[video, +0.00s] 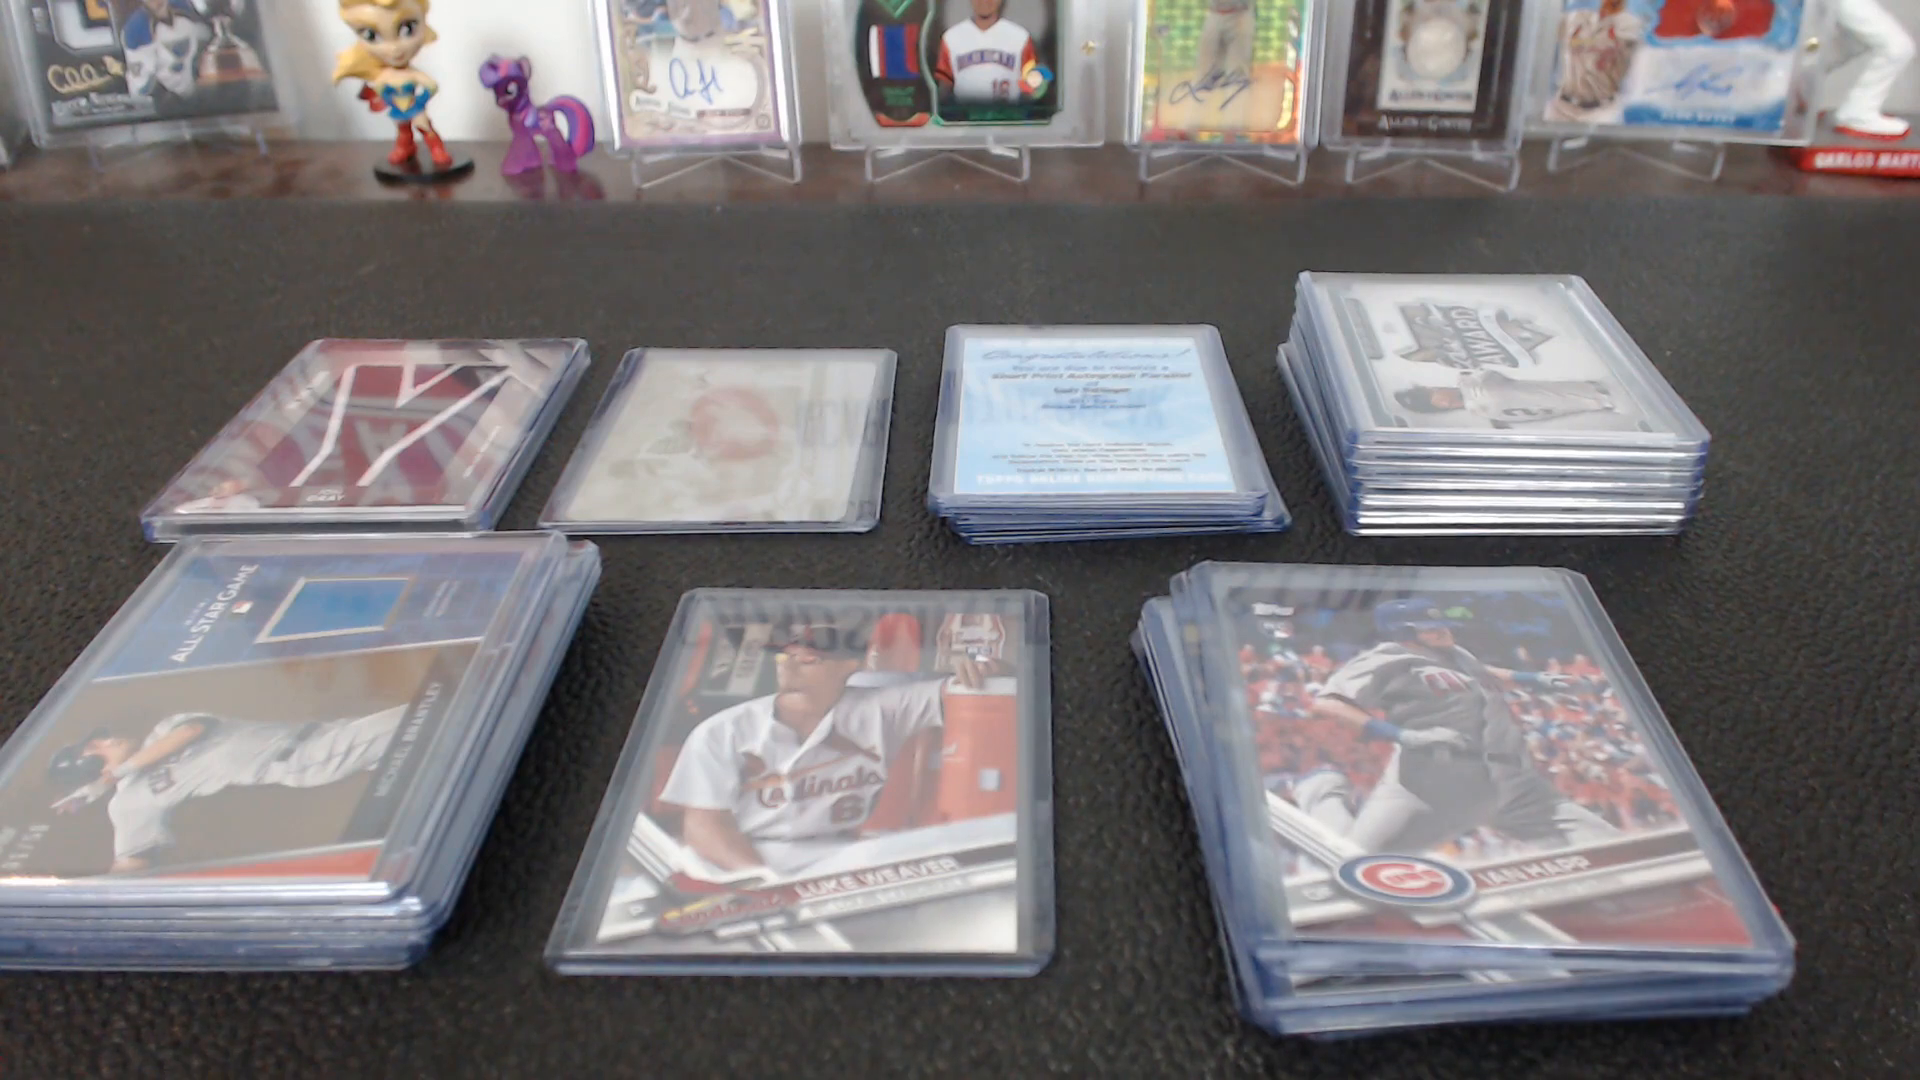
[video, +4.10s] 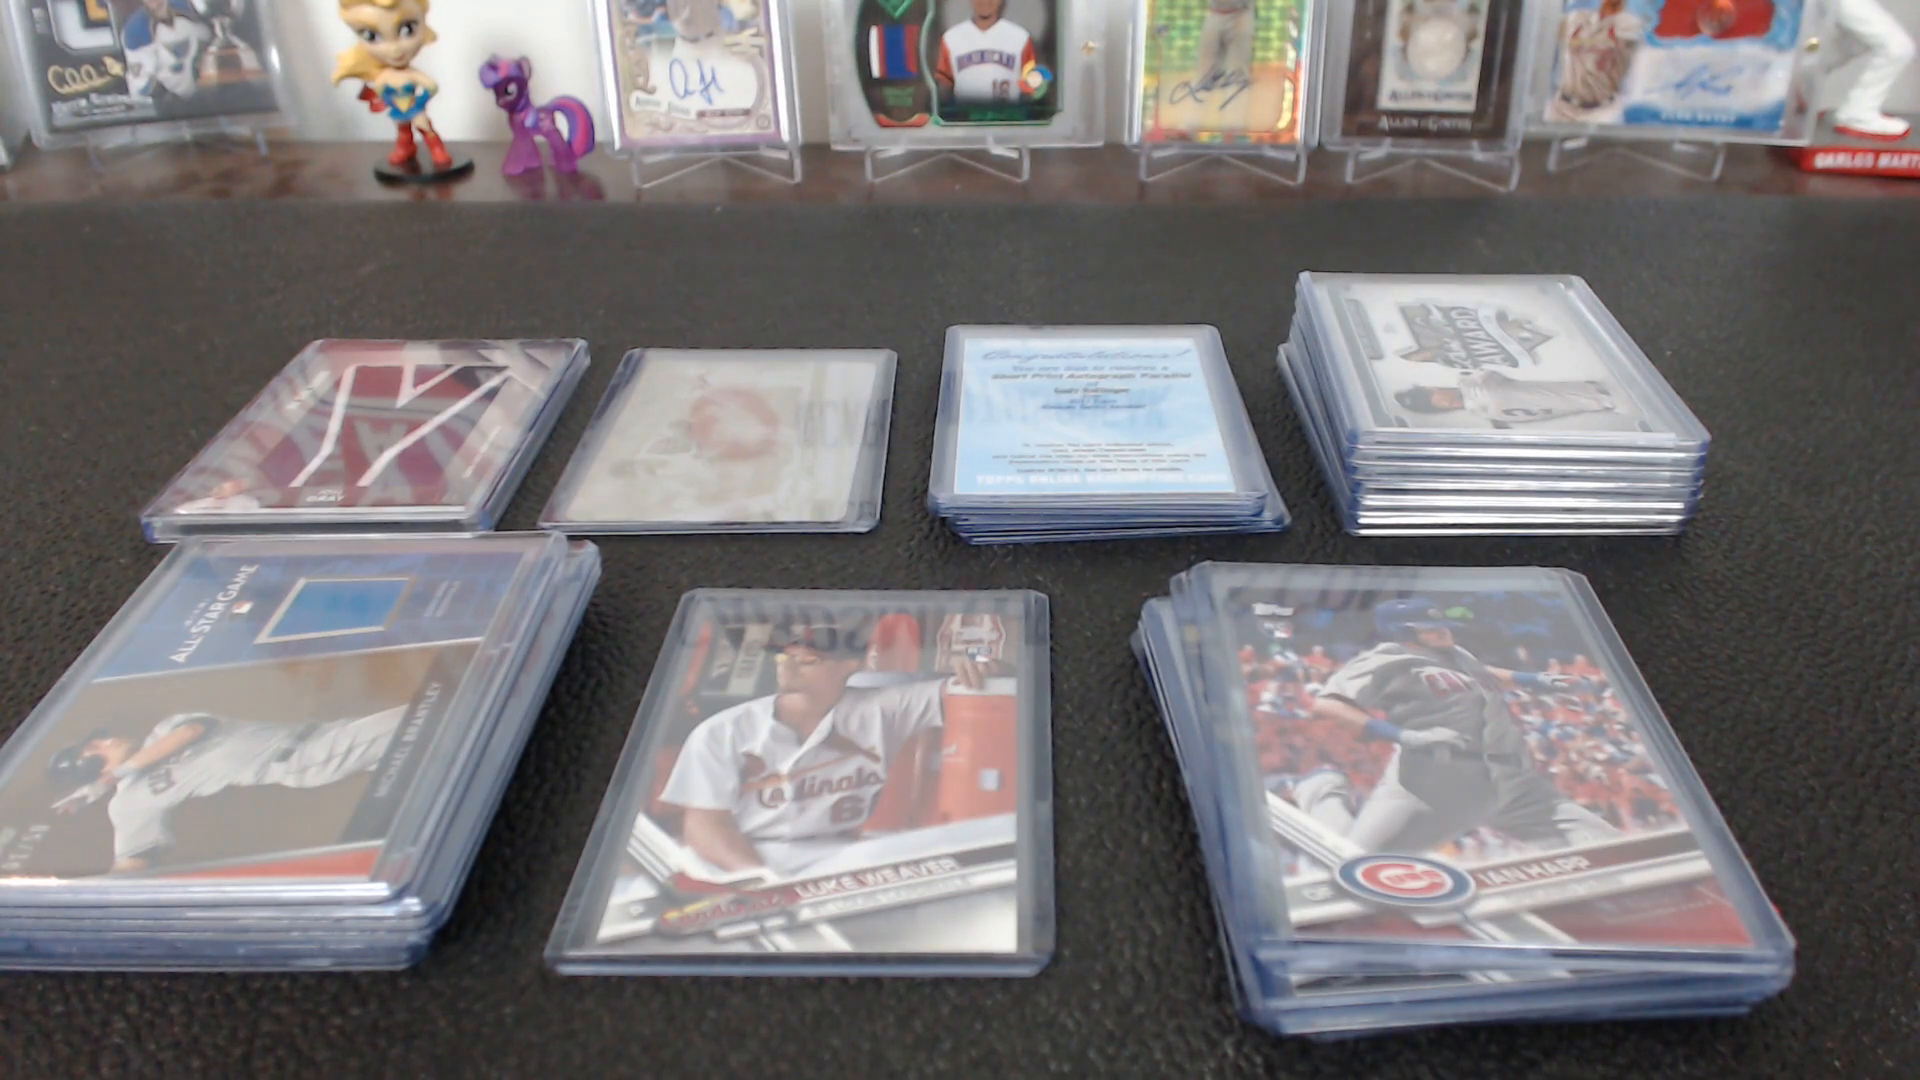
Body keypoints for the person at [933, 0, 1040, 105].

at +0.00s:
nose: (984, 2)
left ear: (1000, 2)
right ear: (971, 2)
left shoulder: (1020, 36)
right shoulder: (951, 37)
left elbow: (1030, 81)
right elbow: (944, 81)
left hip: (1009, 120)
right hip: (966, 119)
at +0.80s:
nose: (984, 2)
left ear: (1000, 2)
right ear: (971, 2)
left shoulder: (1020, 36)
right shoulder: (951, 37)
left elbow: (1030, 83)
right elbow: (944, 82)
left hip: (1009, 121)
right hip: (966, 121)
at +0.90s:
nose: (984, 2)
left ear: (1000, 2)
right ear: (971, 2)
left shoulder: (1020, 36)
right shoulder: (951, 37)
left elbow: (1030, 85)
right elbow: (944, 84)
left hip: (1009, 122)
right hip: (965, 122)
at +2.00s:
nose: (984, 2)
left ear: (1000, 2)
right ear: (972, 2)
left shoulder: (1020, 36)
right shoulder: (951, 37)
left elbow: (1030, 81)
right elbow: (944, 79)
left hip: (1009, 120)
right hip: (965, 119)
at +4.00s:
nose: (984, 2)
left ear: (1001, 2)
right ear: (971, 2)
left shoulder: (1020, 37)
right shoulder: (950, 38)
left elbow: (1029, 81)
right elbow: (944, 78)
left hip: (1008, 120)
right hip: (965, 119)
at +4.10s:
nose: (984, 2)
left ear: (1001, 2)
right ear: (971, 2)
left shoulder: (1021, 37)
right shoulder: (950, 38)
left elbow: (1029, 82)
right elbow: (944, 79)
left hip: (1008, 121)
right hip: (965, 120)